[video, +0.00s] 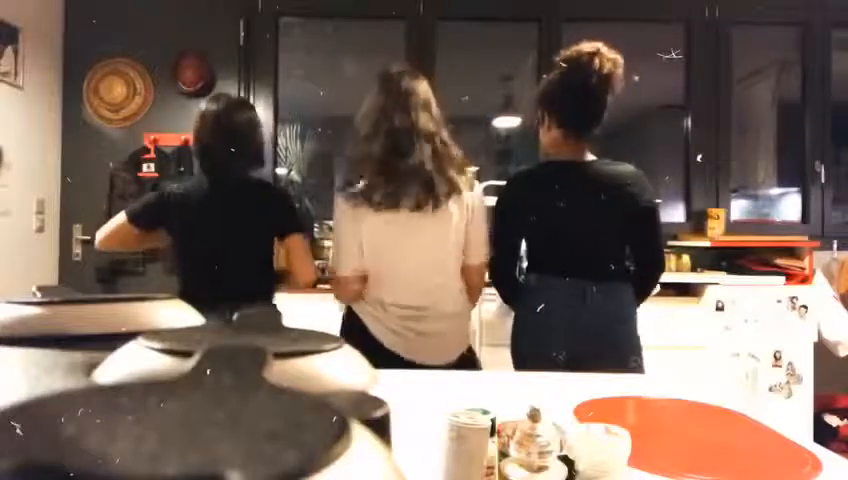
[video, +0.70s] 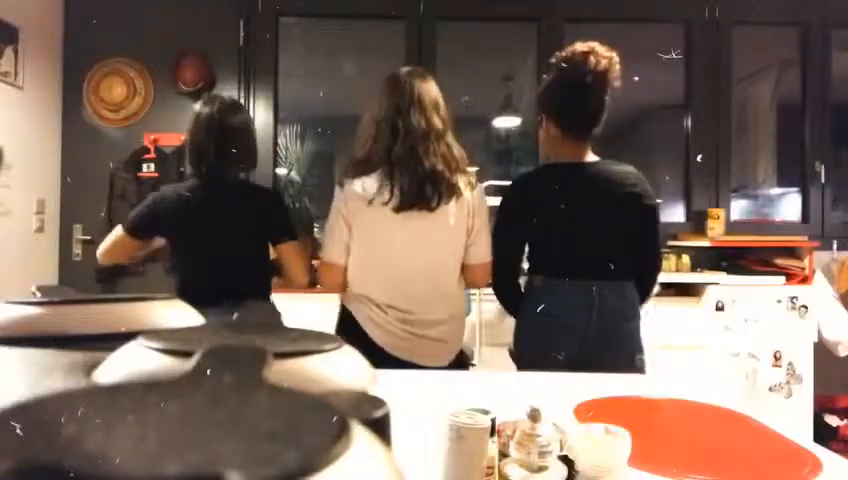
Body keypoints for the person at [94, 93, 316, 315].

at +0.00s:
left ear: (197, 144)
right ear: (256, 144)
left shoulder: (176, 198)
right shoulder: (274, 199)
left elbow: (105, 240)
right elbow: (305, 277)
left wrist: (167, 237)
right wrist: (270, 272)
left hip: (194, 332)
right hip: (260, 334)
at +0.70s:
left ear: (192, 144)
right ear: (247, 145)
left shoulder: (170, 201)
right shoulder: (265, 200)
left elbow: (107, 255)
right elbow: (299, 277)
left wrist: (159, 247)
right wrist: (261, 261)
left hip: (195, 332)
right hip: (260, 331)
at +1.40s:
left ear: (198, 158)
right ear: (253, 153)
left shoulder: (184, 208)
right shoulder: (278, 204)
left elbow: (117, 268)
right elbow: (303, 281)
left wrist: (170, 257)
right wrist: (270, 264)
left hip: (196, 331)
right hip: (261, 332)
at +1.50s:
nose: (260, 148)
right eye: (256, 143)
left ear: (198, 153)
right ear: (253, 149)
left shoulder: (181, 203)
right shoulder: (277, 202)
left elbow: (117, 264)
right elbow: (303, 279)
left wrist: (169, 252)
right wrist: (270, 262)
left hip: (194, 330)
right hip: (258, 332)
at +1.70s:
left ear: (196, 146)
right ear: (254, 145)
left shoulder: (181, 206)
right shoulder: (280, 203)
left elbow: (120, 269)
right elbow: (305, 282)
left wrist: (174, 250)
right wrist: (269, 262)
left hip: (199, 338)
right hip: (264, 338)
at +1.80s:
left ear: (198, 146)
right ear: (260, 145)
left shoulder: (182, 202)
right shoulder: (281, 202)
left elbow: (139, 270)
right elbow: (306, 279)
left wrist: (177, 246)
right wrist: (274, 260)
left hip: (202, 332)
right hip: (265, 331)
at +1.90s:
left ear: (206, 157)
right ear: (263, 154)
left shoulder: (191, 208)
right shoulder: (283, 208)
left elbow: (166, 264)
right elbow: (309, 286)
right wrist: (279, 260)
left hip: (209, 335)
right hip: (269, 335)